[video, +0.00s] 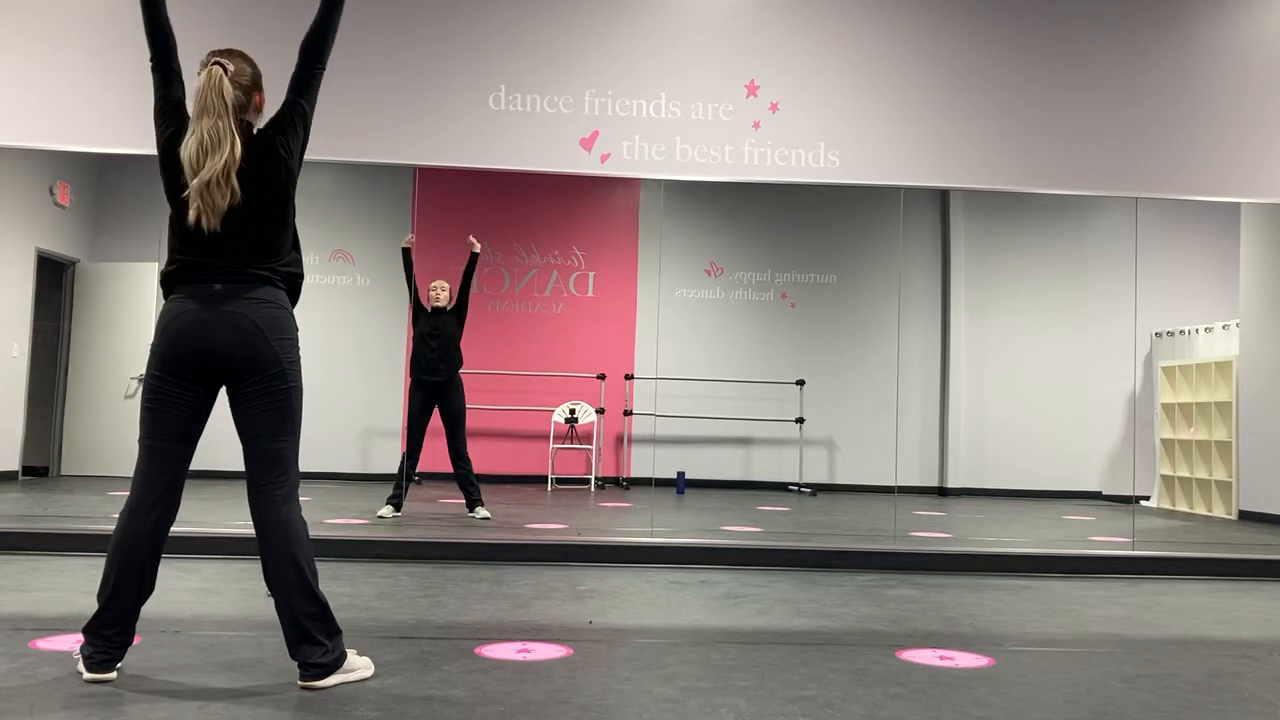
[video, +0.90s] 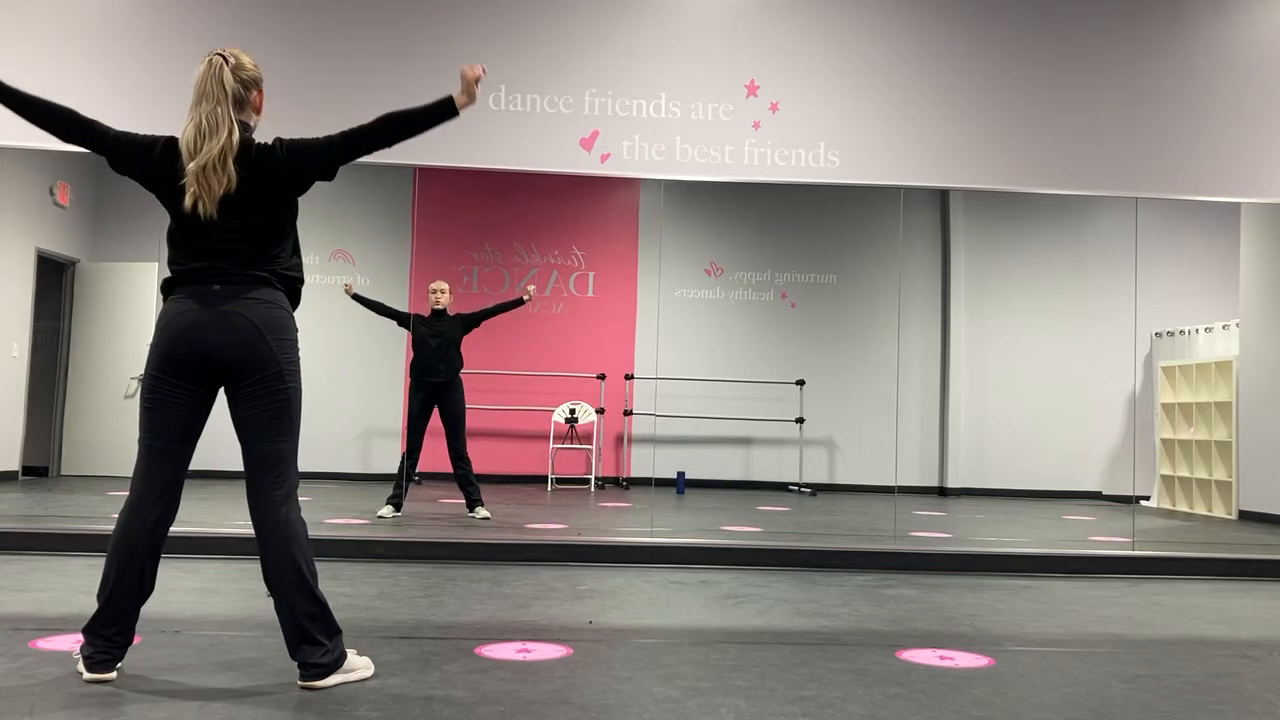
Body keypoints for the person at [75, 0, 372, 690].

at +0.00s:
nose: (264, 99)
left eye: (245, 84)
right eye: (261, 89)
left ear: (200, 94)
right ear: (256, 98)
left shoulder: (178, 146)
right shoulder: (277, 146)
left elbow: (163, 60)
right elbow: (312, 63)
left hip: (184, 319)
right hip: (262, 319)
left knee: (152, 487)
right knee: (275, 494)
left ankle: (102, 647)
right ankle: (318, 656)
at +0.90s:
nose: (266, 101)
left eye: (261, 91)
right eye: (263, 92)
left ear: (203, 98)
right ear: (253, 99)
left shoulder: (167, 156)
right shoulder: (285, 160)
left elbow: (77, 129)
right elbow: (371, 136)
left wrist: (2, 92)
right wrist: (455, 103)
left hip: (182, 318)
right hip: (261, 318)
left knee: (150, 491)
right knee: (275, 493)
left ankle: (101, 650)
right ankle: (319, 656)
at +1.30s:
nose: (263, 101)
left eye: (259, 93)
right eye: (261, 93)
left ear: (199, 99)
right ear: (251, 99)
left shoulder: (166, 167)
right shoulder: (280, 164)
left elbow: (80, 195)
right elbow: (370, 189)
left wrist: (4, 210)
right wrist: (463, 204)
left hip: (180, 321)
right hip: (259, 320)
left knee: (151, 489)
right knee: (275, 492)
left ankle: (102, 649)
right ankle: (319, 656)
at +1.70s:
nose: (262, 105)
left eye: (258, 94)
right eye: (260, 95)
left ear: (198, 96)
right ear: (250, 99)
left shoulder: (161, 170)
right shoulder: (280, 170)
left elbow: (110, 247)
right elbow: (341, 242)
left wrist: (46, 307)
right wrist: (407, 304)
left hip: (180, 325)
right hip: (261, 327)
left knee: (150, 489)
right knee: (274, 495)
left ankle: (102, 649)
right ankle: (318, 656)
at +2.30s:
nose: (258, 101)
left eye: (254, 91)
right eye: (256, 92)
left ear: (194, 94)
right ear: (246, 96)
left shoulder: (155, 166)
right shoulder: (278, 164)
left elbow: (143, 268)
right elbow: (293, 265)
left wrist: (124, 347)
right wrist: (299, 345)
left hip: (165, 327)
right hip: (252, 328)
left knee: (148, 490)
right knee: (271, 497)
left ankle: (102, 649)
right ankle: (317, 655)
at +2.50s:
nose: (256, 102)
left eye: (253, 92)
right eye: (254, 93)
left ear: (191, 94)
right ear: (245, 97)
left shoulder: (153, 164)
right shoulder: (276, 163)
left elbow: (147, 255)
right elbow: (297, 260)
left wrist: (176, 298)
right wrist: (256, 302)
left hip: (165, 323)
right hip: (249, 323)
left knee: (139, 488)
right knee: (280, 493)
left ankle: (97, 649)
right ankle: (321, 656)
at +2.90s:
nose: (272, 111)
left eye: (269, 100)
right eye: (269, 101)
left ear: (205, 102)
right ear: (256, 104)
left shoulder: (176, 176)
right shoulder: (288, 171)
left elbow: (186, 243)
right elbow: (317, 247)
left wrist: (268, 245)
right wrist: (307, 254)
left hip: (207, 328)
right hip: (285, 324)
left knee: (176, 490)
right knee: (300, 492)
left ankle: (103, 647)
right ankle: (339, 657)